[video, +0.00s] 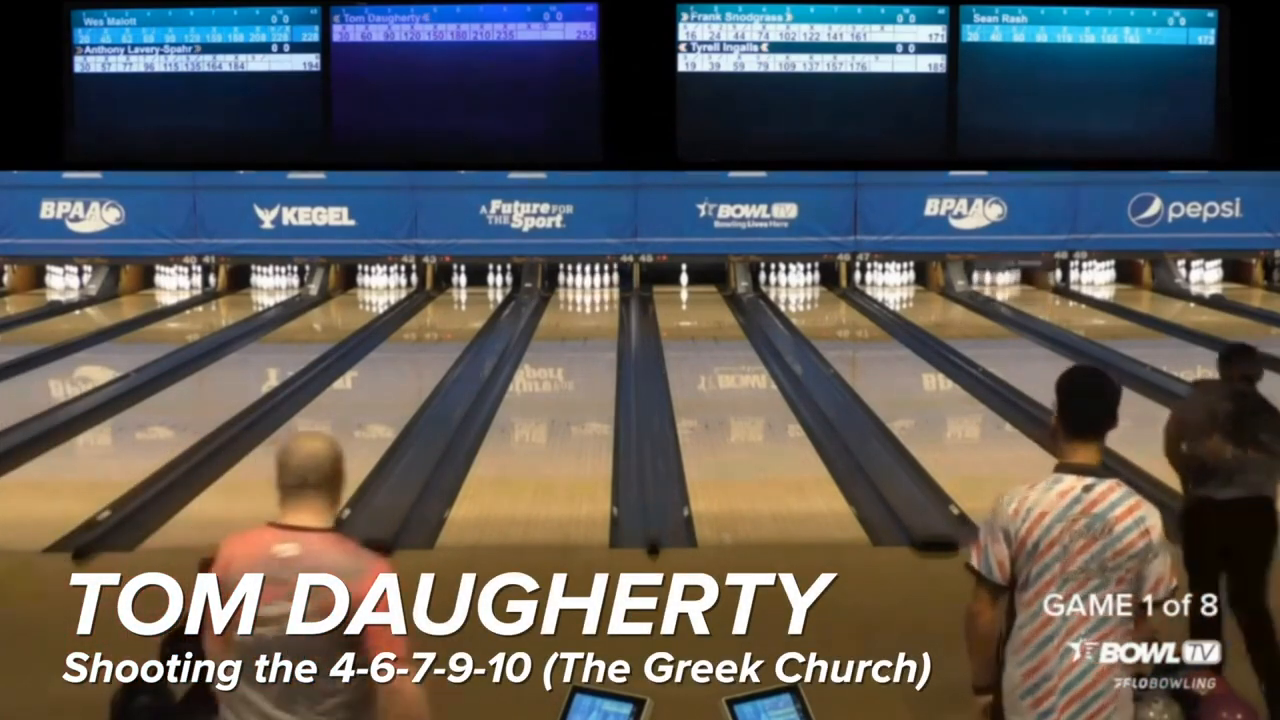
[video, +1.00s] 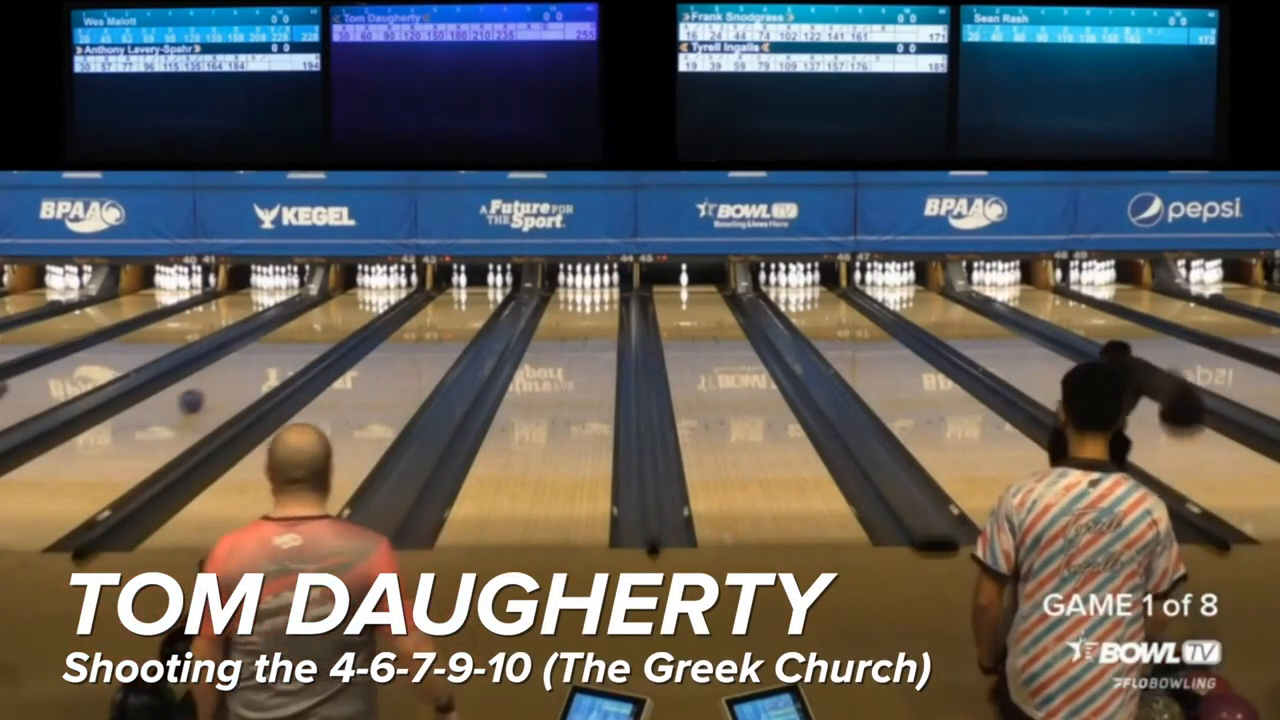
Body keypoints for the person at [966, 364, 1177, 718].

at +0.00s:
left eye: (1055, 415)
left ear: (1056, 420)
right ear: (1114, 424)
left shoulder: (1019, 507)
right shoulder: (1142, 515)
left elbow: (985, 608)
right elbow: (1151, 617)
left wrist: (985, 690)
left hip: (1029, 691)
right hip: (1107, 694)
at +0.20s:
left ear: (1065, 417)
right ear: (1122, 422)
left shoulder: (1027, 505)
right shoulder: (1150, 515)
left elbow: (990, 605)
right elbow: (1161, 613)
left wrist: (991, 672)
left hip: (1036, 689)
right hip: (1114, 691)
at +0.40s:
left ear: (1069, 416)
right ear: (1125, 420)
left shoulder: (1030, 503)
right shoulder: (1154, 513)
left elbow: (991, 605)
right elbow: (1163, 611)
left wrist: (993, 668)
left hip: (1036, 687)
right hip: (1115, 692)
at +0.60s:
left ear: (1068, 418)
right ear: (1124, 420)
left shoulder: (1030, 503)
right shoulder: (1153, 512)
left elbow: (991, 605)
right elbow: (1161, 609)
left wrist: (993, 668)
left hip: (1036, 686)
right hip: (1114, 692)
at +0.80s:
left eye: (1066, 410)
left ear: (1067, 418)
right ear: (1121, 419)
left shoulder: (1027, 500)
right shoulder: (1152, 510)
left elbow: (988, 602)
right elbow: (1161, 612)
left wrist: (990, 662)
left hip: (1034, 688)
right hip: (1112, 695)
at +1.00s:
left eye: (1061, 405)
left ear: (1063, 413)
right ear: (1122, 419)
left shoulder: (1024, 497)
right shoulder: (1149, 508)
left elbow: (987, 600)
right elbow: (1160, 607)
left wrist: (990, 662)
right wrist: (1141, 650)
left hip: (1033, 686)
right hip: (1112, 692)